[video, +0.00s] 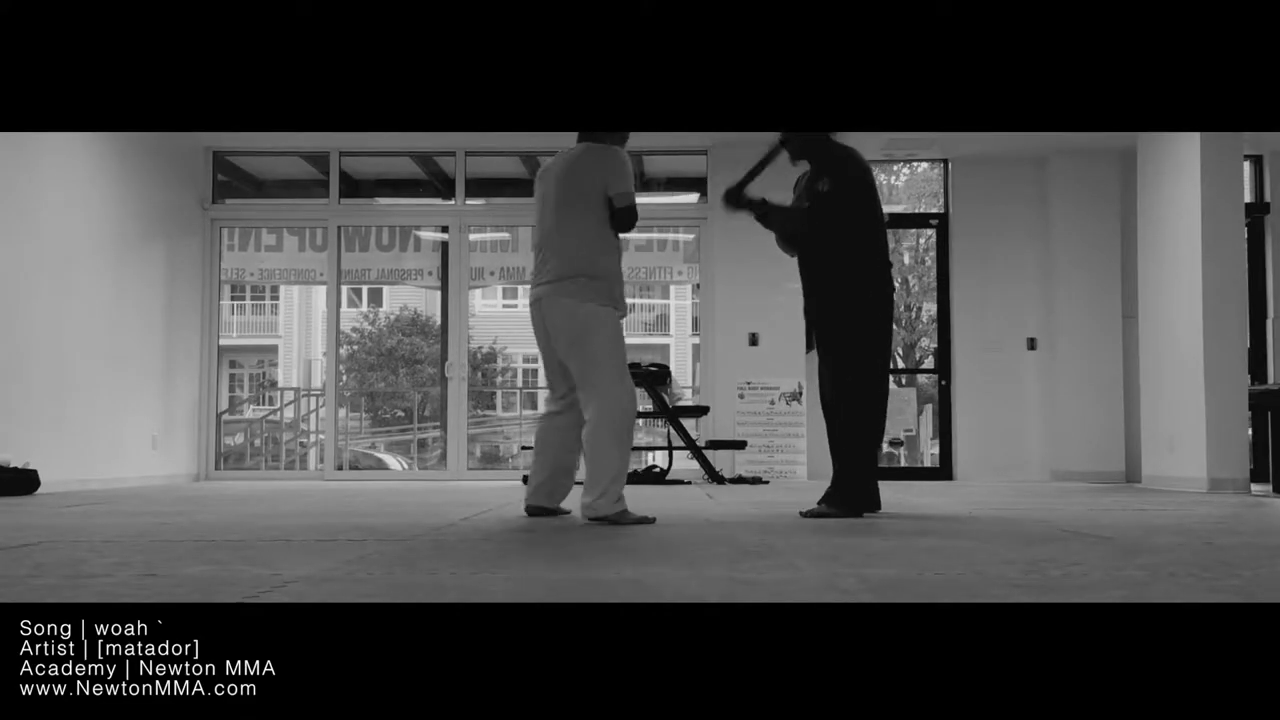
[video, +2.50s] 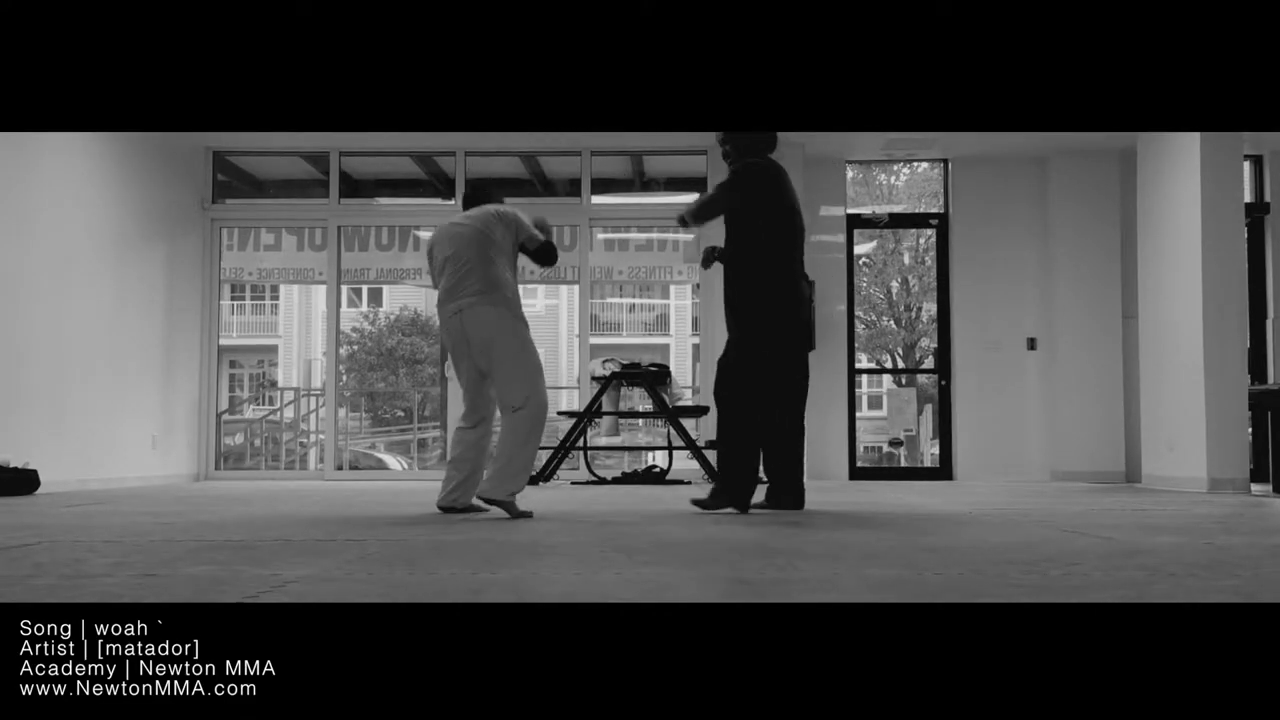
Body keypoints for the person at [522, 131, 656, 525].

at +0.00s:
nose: (627, 143)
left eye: (626, 139)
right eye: (626, 139)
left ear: (581, 133)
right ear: (619, 135)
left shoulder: (549, 168)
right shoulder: (611, 156)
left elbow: (553, 220)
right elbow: (625, 219)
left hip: (544, 298)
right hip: (586, 298)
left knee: (564, 398)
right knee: (612, 398)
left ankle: (542, 498)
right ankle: (604, 504)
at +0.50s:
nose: (590, 146)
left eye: (591, 140)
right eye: (588, 139)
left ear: (550, 138)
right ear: (574, 137)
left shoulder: (525, 172)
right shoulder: (567, 169)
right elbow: (600, 229)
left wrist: (593, 177)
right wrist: (606, 178)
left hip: (517, 302)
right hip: (547, 303)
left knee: (540, 395)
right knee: (549, 396)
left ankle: (514, 486)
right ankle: (524, 497)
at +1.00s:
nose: (575, 186)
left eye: (576, 180)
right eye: (574, 180)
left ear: (539, 166)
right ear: (566, 172)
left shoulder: (505, 192)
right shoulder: (550, 189)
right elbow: (578, 246)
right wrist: (581, 195)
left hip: (492, 314)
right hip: (526, 313)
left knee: (509, 404)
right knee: (550, 393)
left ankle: (505, 492)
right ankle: (527, 485)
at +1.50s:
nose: (564, 166)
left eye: (566, 160)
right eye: (562, 157)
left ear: (542, 153)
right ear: (542, 152)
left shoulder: (534, 191)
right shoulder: (500, 180)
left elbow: (536, 241)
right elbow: (533, 239)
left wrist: (564, 224)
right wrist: (552, 194)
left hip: (525, 315)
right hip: (499, 313)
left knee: (531, 403)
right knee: (515, 401)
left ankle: (507, 493)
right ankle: (496, 499)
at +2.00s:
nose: (543, 180)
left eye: (542, 173)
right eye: (541, 173)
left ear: (502, 161)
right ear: (529, 167)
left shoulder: (477, 189)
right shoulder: (513, 179)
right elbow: (556, 223)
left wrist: (543, 209)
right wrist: (549, 191)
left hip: (466, 314)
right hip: (494, 313)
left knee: (489, 400)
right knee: (525, 399)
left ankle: (458, 486)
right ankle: (498, 498)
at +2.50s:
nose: (504, 206)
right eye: (502, 203)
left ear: (464, 205)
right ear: (493, 202)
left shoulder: (438, 235)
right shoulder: (503, 214)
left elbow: (441, 283)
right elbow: (547, 257)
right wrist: (542, 234)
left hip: (452, 322)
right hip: (493, 314)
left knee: (477, 408)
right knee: (527, 402)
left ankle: (454, 496)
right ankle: (499, 489)